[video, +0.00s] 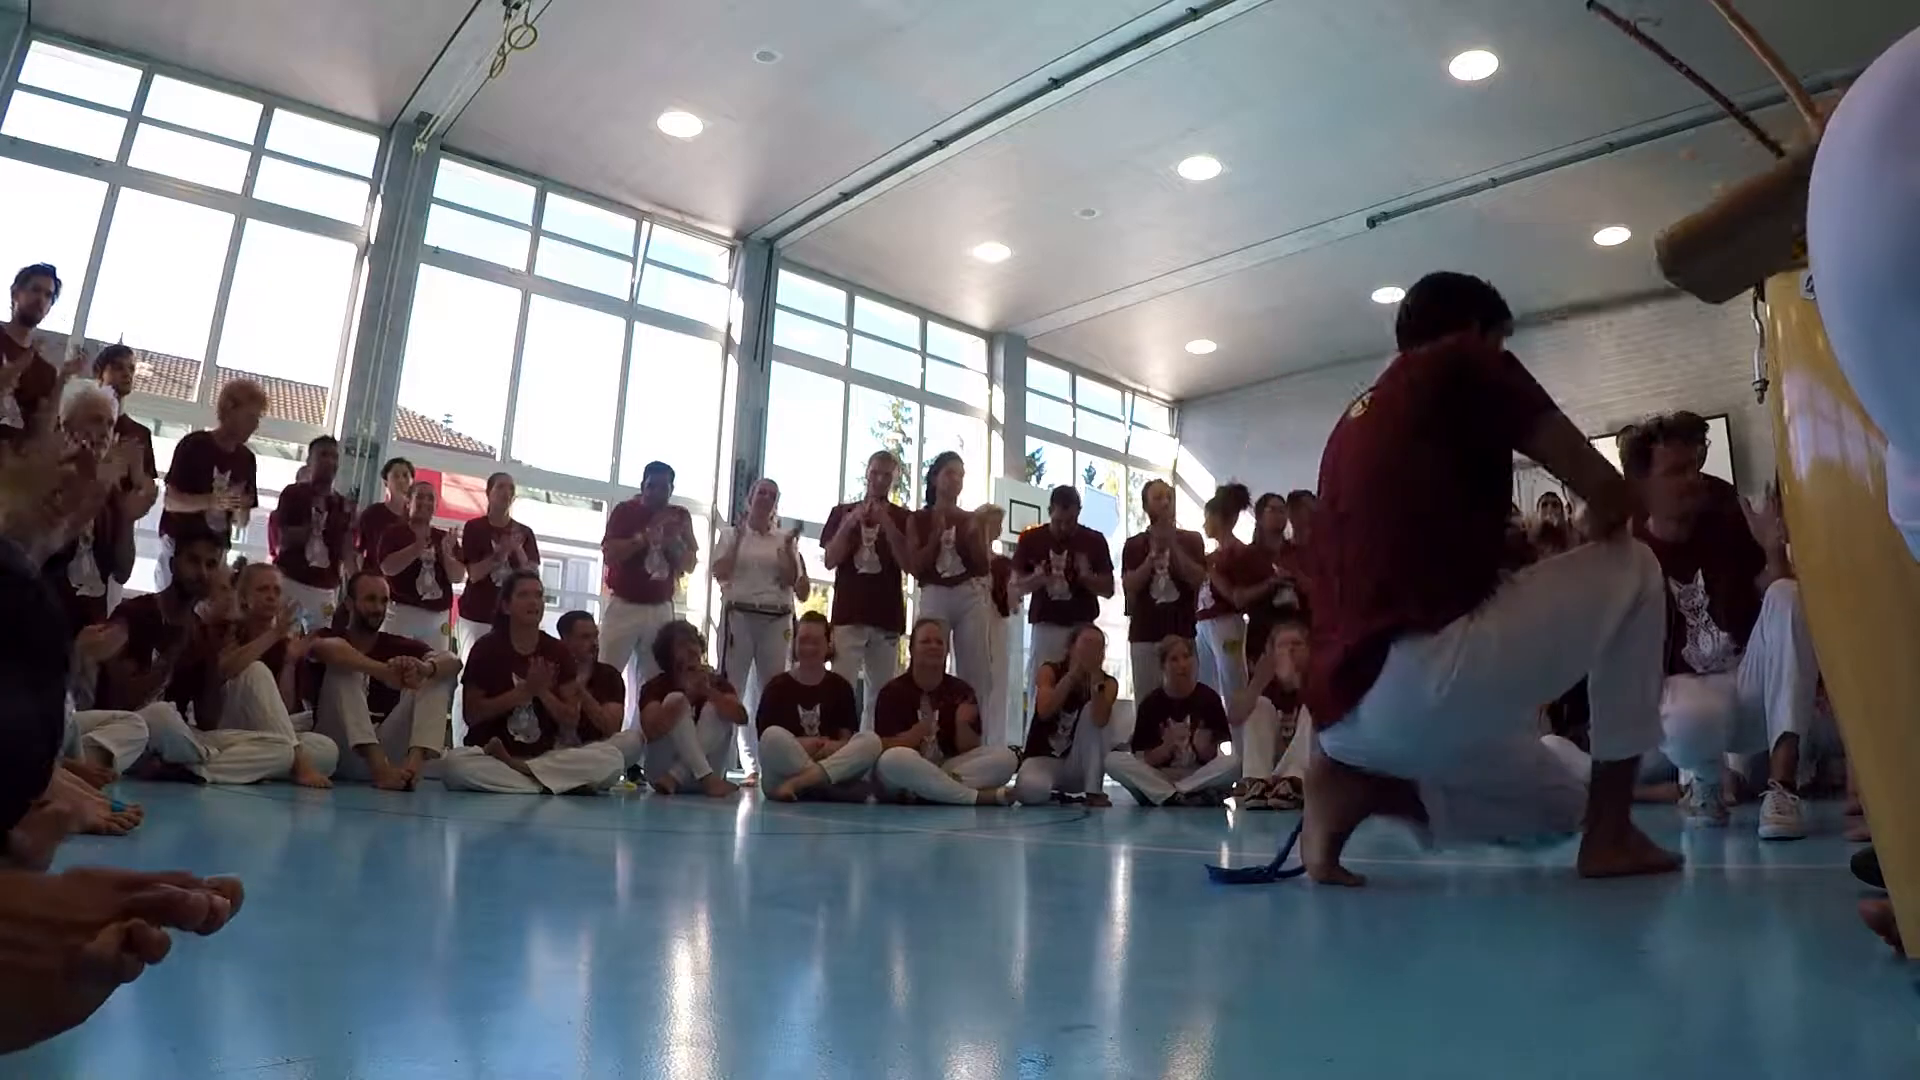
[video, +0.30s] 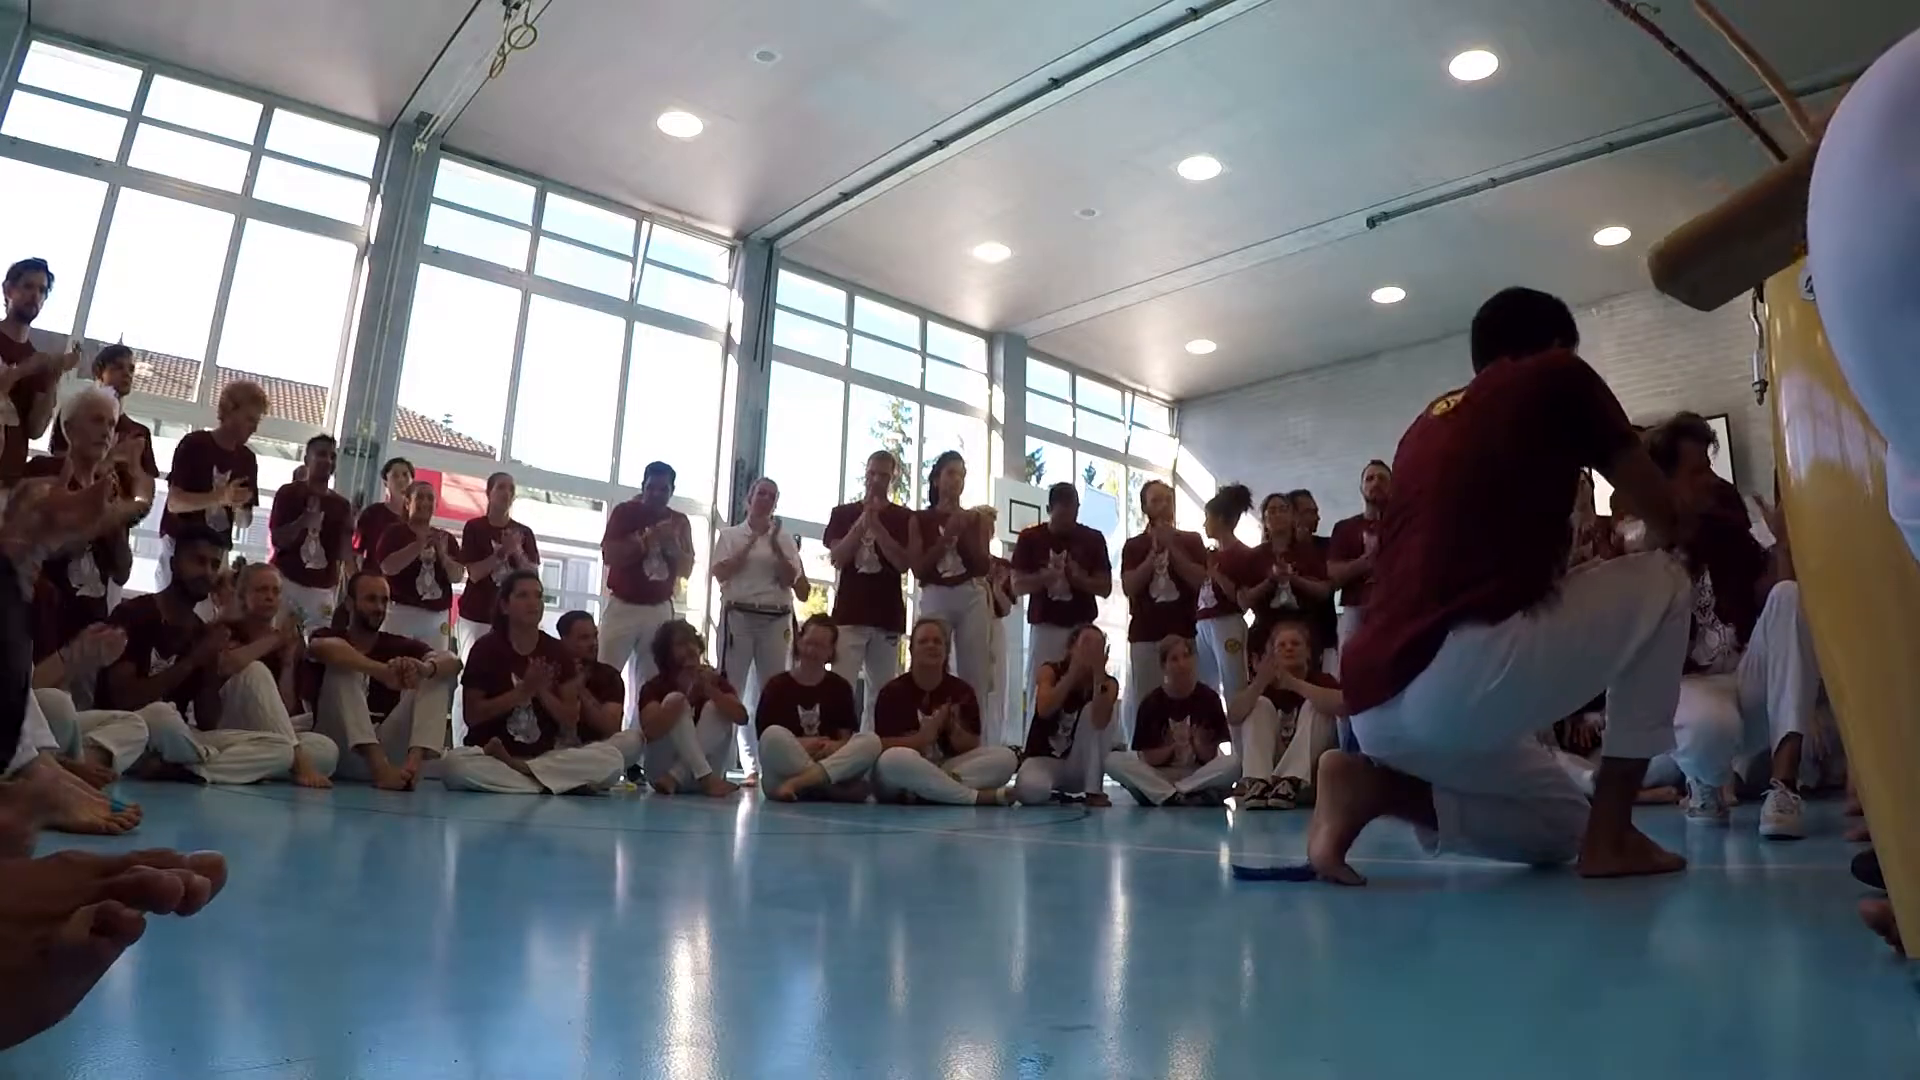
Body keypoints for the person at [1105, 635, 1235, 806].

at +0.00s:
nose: (1182, 664)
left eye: (1186, 657)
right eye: (1174, 660)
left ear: (1194, 660)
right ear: (1163, 666)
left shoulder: (1209, 698)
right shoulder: (1150, 703)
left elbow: (1224, 751)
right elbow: (1142, 758)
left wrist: (1204, 748)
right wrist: (1167, 747)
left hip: (1201, 772)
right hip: (1161, 773)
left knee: (1233, 761)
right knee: (1113, 760)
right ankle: (1171, 795)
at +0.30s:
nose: (1182, 664)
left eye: (1186, 656)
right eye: (1174, 659)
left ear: (1194, 660)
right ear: (1164, 667)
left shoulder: (1209, 697)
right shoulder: (1151, 702)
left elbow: (1210, 756)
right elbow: (1148, 757)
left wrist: (1199, 743)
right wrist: (1172, 747)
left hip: (1200, 772)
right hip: (1161, 772)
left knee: (1233, 763)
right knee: (1113, 760)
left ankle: (1175, 792)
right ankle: (1171, 795)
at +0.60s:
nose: (1182, 663)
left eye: (1186, 656)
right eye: (1174, 659)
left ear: (1194, 660)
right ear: (1164, 667)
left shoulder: (1209, 697)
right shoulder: (1151, 702)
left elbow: (1211, 755)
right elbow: (1148, 757)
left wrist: (1194, 743)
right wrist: (1178, 747)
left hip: (1199, 772)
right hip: (1160, 773)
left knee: (1233, 763)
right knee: (1115, 760)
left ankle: (1174, 792)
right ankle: (1171, 796)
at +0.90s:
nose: (1183, 663)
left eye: (1187, 656)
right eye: (1176, 658)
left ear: (1195, 660)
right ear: (1165, 665)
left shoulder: (1210, 698)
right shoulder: (1152, 701)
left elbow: (1212, 755)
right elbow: (1149, 758)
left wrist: (1195, 744)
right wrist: (1176, 747)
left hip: (1199, 772)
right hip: (1159, 773)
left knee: (1232, 763)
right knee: (1114, 760)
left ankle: (1177, 791)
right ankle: (1171, 795)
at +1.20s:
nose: (1185, 662)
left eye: (1189, 655)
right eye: (1178, 657)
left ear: (1196, 659)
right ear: (1167, 664)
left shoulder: (1211, 698)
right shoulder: (1152, 701)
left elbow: (1211, 760)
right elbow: (1146, 758)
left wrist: (1207, 750)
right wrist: (1168, 744)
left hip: (1199, 772)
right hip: (1160, 773)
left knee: (1233, 763)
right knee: (1114, 760)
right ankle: (1172, 795)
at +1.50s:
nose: (1187, 662)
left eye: (1191, 655)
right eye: (1180, 657)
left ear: (1198, 659)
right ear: (1168, 664)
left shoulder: (1212, 697)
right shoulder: (1152, 700)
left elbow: (1214, 755)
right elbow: (1147, 758)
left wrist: (1208, 748)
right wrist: (1167, 745)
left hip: (1199, 772)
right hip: (1160, 773)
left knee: (1232, 762)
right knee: (1114, 759)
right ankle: (1172, 795)